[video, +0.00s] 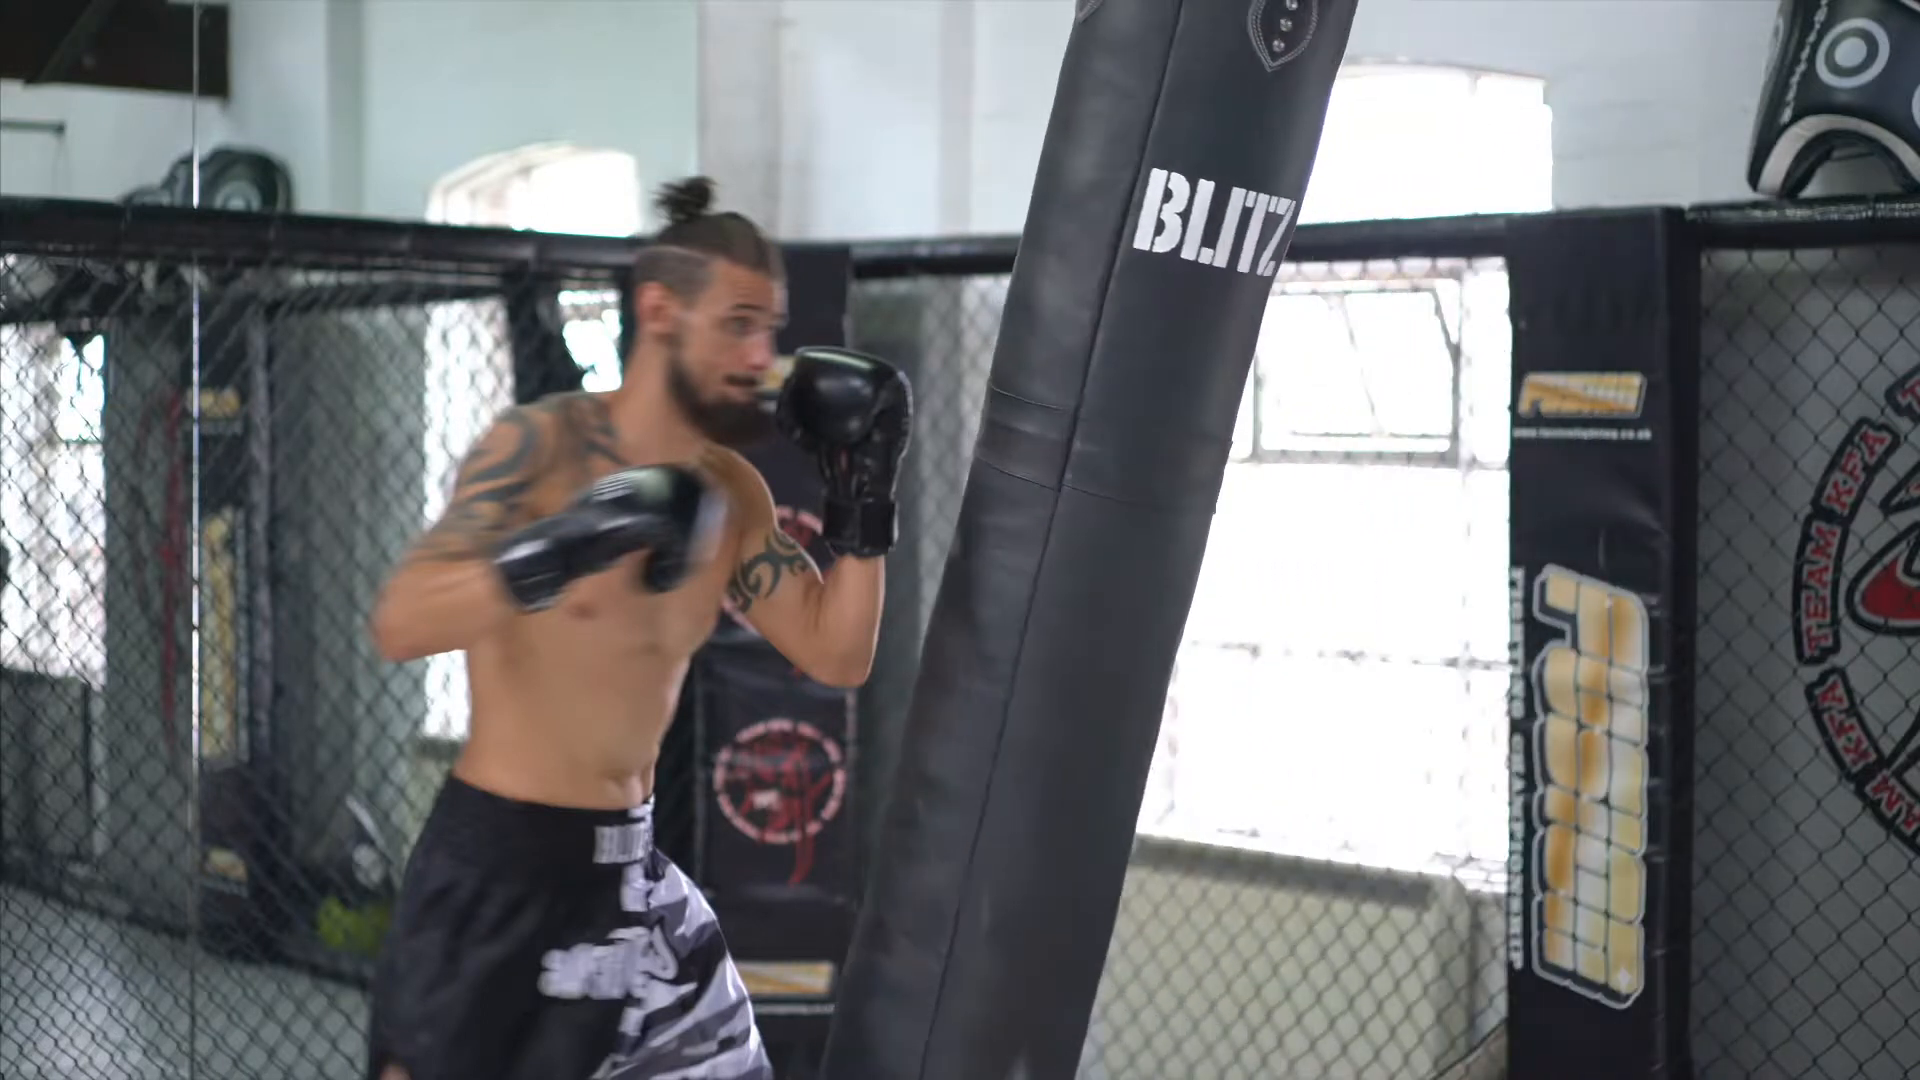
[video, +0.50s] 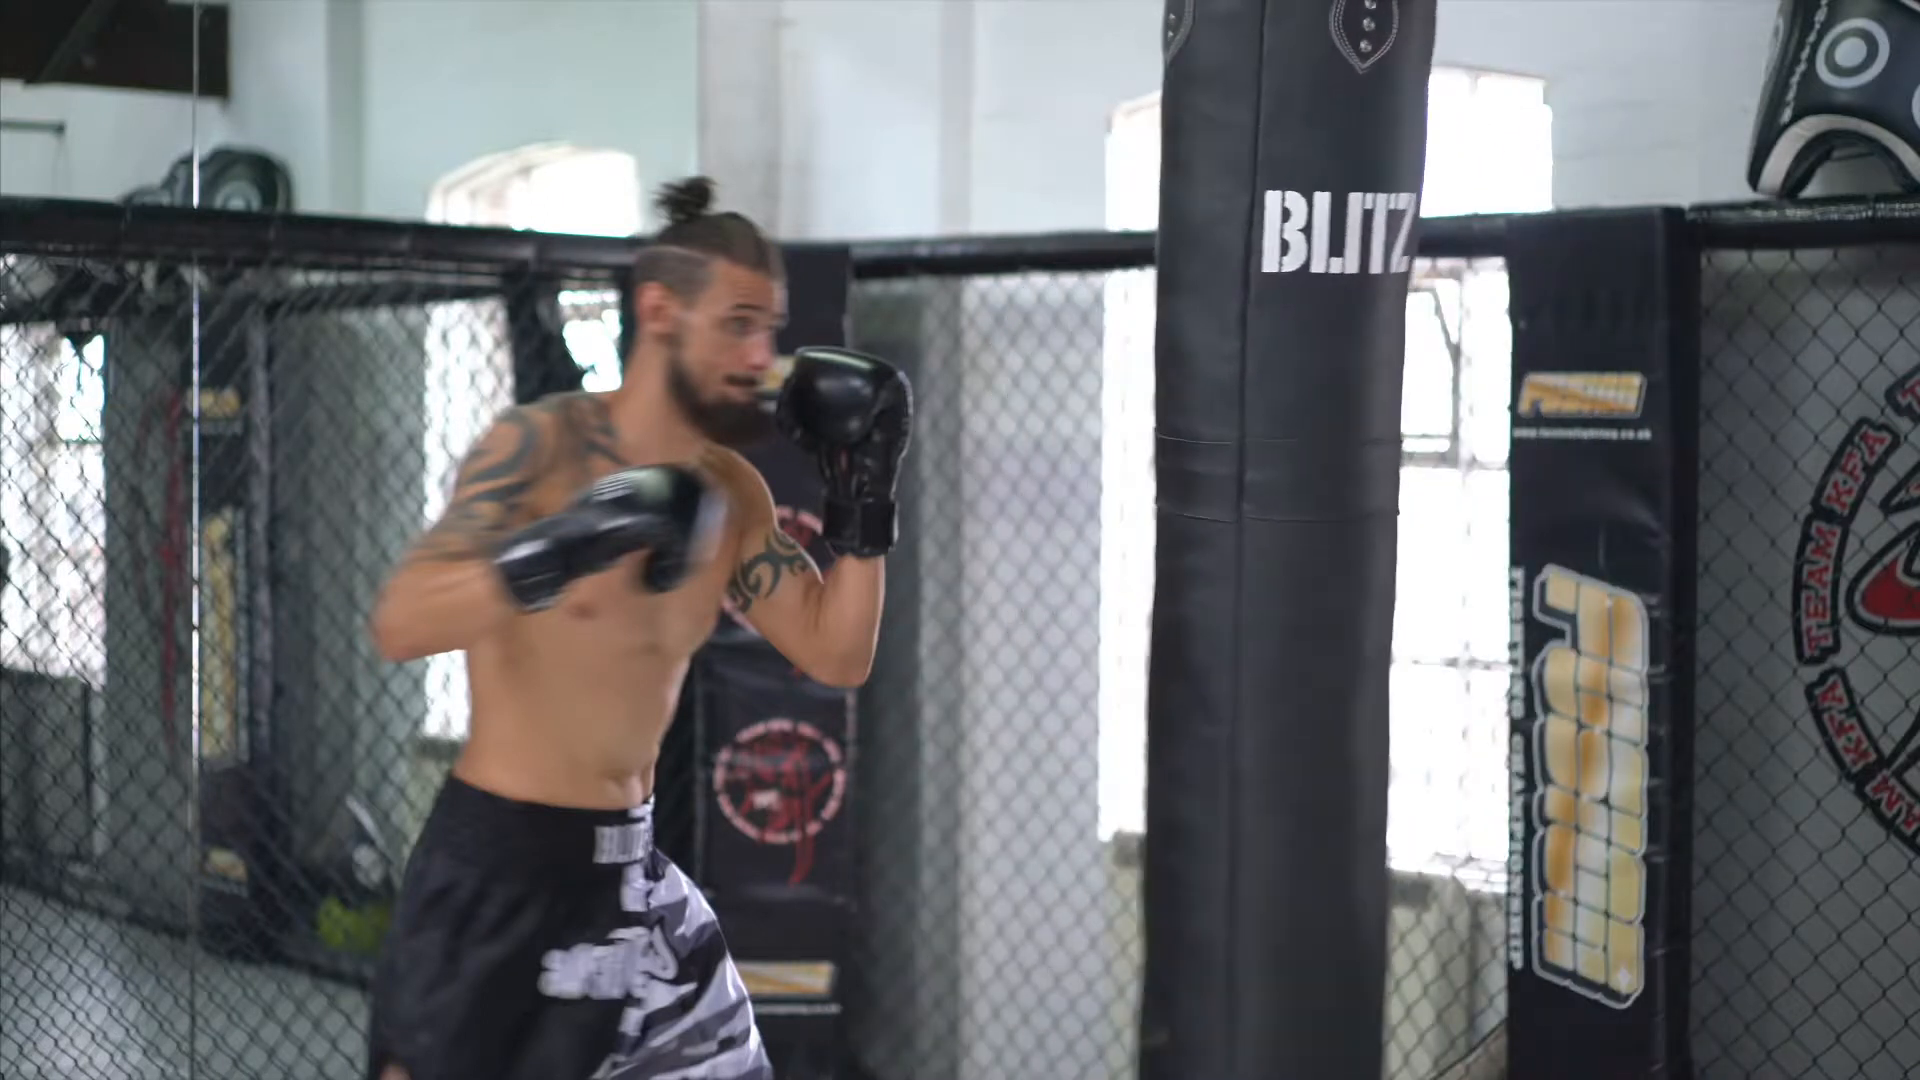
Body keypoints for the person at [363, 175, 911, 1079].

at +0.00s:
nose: (762, 357)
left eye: (772, 331)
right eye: (739, 325)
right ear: (656, 309)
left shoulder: (733, 492)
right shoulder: (538, 441)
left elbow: (839, 655)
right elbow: (400, 623)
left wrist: (866, 481)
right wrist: (569, 546)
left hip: (634, 867)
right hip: (500, 865)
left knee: (731, 1066)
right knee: (438, 1065)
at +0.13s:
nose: (762, 357)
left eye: (772, 331)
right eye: (739, 325)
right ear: (656, 309)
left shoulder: (733, 492)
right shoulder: (538, 441)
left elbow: (839, 655)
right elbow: (400, 623)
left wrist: (866, 480)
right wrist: (569, 546)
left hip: (635, 867)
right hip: (500, 865)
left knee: (732, 1066)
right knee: (439, 1065)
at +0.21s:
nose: (763, 357)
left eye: (772, 331)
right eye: (739, 325)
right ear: (656, 309)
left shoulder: (733, 492)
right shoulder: (538, 440)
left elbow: (839, 655)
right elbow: (400, 623)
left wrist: (865, 481)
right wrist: (569, 546)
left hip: (635, 868)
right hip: (501, 866)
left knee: (732, 1066)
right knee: (441, 1065)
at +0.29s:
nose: (763, 357)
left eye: (772, 331)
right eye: (739, 325)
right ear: (656, 309)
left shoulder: (733, 493)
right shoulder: (538, 441)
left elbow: (839, 655)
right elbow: (400, 623)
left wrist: (865, 481)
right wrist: (569, 546)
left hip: (636, 868)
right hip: (501, 867)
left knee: (732, 1066)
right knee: (441, 1065)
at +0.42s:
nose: (762, 357)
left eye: (772, 331)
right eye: (739, 325)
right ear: (656, 309)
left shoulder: (733, 492)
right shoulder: (537, 441)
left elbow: (839, 655)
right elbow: (400, 623)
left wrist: (866, 481)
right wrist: (568, 546)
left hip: (635, 867)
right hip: (500, 866)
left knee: (732, 1066)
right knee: (439, 1065)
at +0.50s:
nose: (762, 357)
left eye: (772, 331)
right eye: (739, 325)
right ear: (656, 309)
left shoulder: (733, 492)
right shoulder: (537, 441)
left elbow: (839, 655)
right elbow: (400, 623)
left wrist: (866, 481)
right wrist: (568, 546)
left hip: (635, 867)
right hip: (500, 866)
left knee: (732, 1066)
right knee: (439, 1065)